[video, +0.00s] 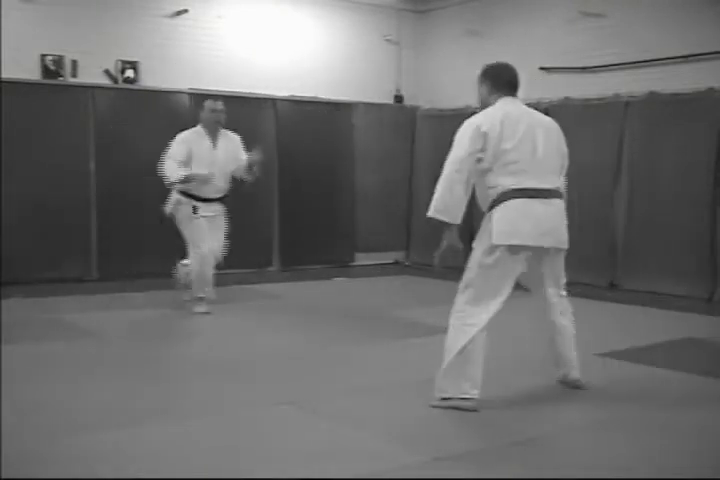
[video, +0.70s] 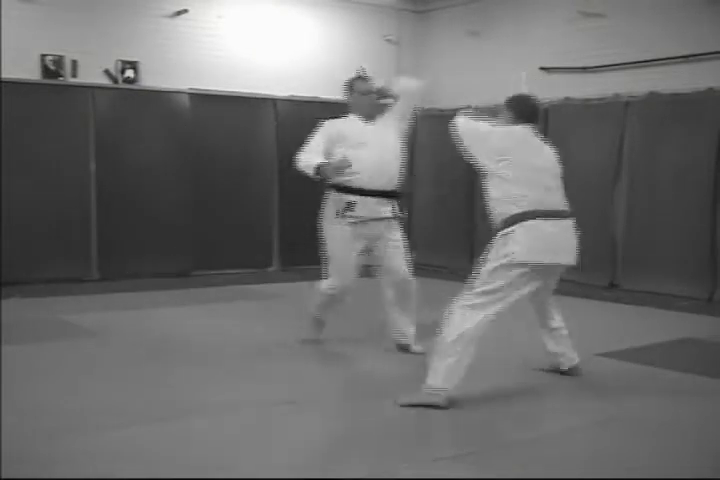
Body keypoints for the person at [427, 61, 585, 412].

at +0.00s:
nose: (477, 95)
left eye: (478, 89)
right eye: (478, 89)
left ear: (487, 88)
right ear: (516, 89)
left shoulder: (480, 123)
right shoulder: (549, 124)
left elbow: (456, 176)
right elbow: (560, 175)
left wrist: (449, 230)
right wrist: (548, 212)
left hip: (508, 218)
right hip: (552, 217)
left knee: (472, 305)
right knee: (556, 296)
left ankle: (461, 392)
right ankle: (572, 371)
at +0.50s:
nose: (461, 127)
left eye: (463, 122)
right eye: (463, 122)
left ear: (469, 125)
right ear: (499, 127)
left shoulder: (450, 155)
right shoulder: (529, 160)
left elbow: (414, 206)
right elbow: (550, 215)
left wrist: (440, 202)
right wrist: (563, 260)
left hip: (491, 248)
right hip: (539, 247)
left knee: (434, 312)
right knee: (537, 298)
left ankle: (433, 390)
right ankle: (570, 368)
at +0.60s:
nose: (470, 127)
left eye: (472, 122)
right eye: (472, 122)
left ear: (477, 125)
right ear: (506, 129)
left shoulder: (460, 152)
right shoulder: (530, 162)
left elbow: (425, 176)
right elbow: (557, 214)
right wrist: (559, 252)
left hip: (500, 248)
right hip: (545, 244)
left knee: (436, 314)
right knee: (529, 293)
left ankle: (433, 391)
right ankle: (569, 355)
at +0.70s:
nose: (499, 117)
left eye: (502, 113)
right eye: (502, 113)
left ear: (510, 117)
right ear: (533, 121)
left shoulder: (498, 137)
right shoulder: (548, 150)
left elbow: (458, 123)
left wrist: (485, 116)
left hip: (522, 241)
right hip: (563, 240)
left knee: (470, 307)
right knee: (543, 298)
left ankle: (437, 388)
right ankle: (566, 359)